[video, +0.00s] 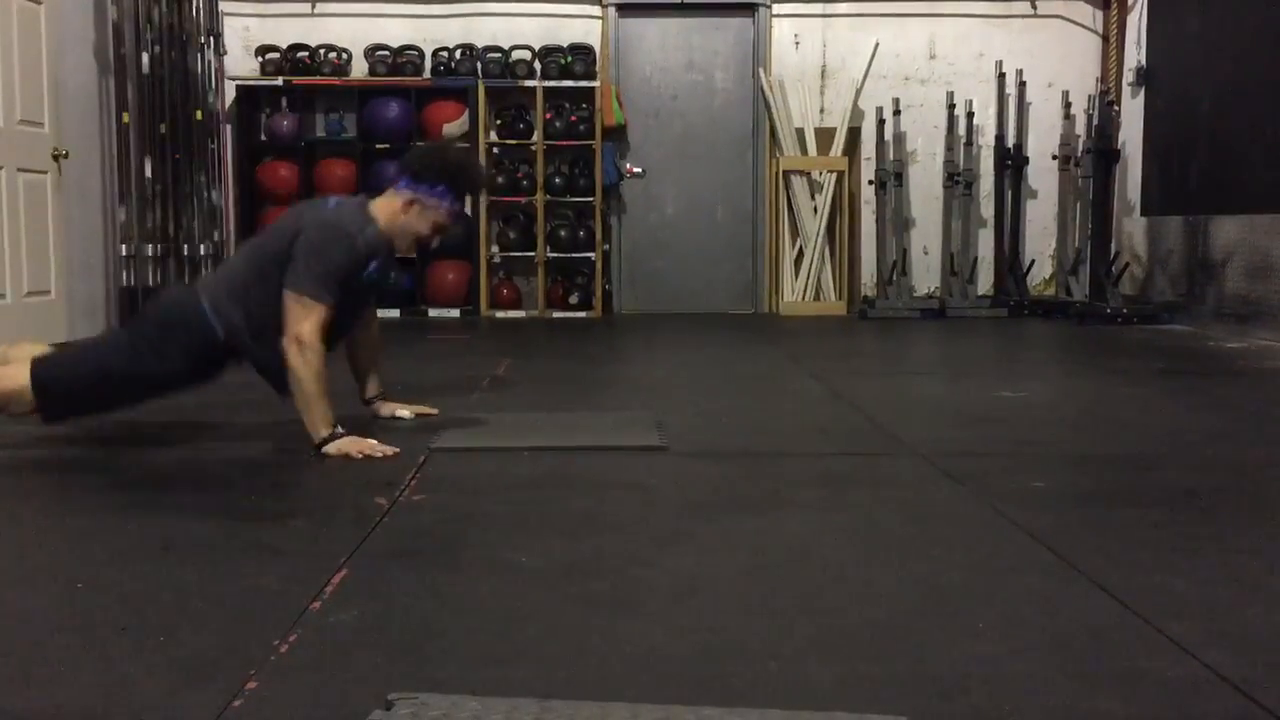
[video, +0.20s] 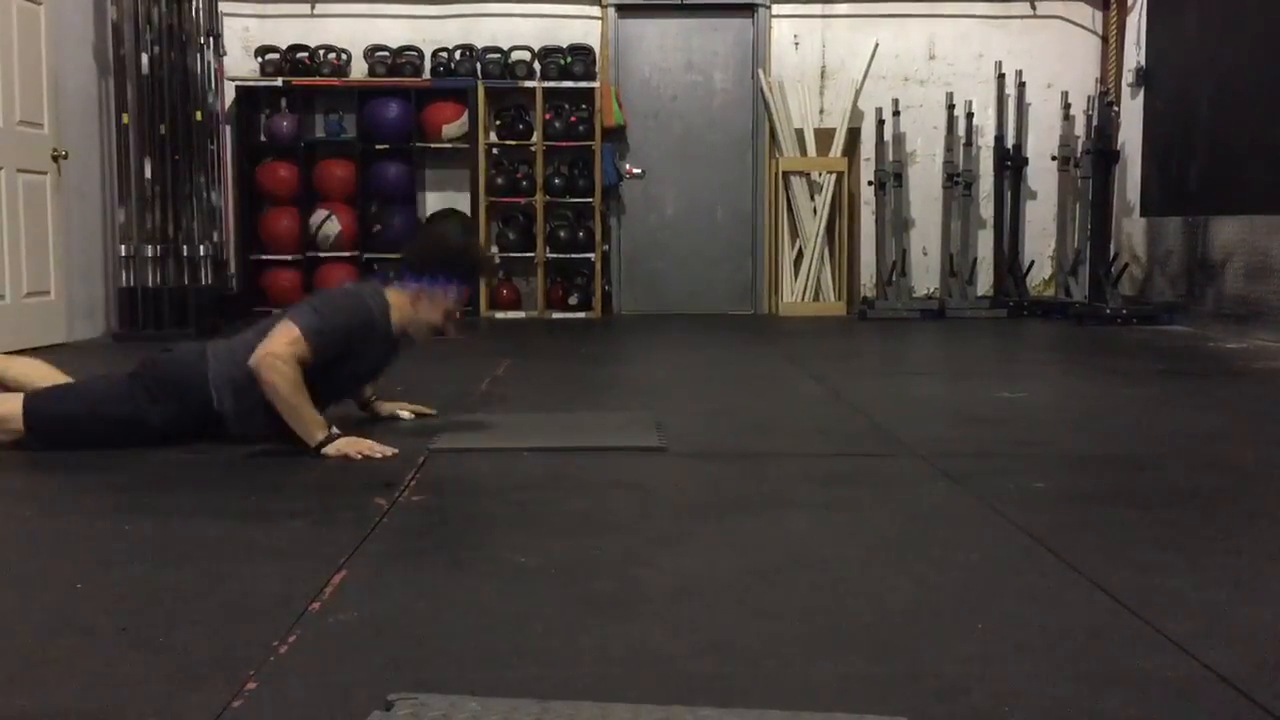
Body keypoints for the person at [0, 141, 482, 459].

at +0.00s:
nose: (437, 233)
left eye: (444, 224)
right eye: (437, 219)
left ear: (415, 201)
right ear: (408, 198)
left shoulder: (372, 242)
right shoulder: (337, 232)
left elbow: (361, 322)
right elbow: (300, 339)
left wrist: (374, 396)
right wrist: (328, 437)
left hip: (211, 328)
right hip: (194, 327)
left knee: (45, 377)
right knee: (33, 387)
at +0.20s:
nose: (457, 315)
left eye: (461, 304)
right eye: (456, 301)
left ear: (429, 288)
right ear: (427, 286)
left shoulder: (387, 325)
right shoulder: (356, 309)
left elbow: (334, 366)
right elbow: (270, 360)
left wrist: (371, 404)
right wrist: (326, 439)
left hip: (205, 393)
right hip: (187, 391)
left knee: (63, 395)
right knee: (20, 414)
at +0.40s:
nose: (474, 406)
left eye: (482, 398)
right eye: (478, 393)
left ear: (460, 370)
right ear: (459, 371)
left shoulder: (407, 373)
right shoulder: (394, 363)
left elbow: (320, 352)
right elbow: (293, 352)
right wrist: (326, 437)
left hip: (214, 391)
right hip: (202, 395)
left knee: (73, 396)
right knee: (24, 416)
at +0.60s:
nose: (473, 323)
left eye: (478, 312)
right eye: (472, 310)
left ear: (446, 294)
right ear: (443, 294)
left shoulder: (405, 322)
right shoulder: (383, 318)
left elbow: (329, 359)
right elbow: (287, 354)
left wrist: (377, 403)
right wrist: (326, 439)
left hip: (225, 386)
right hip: (208, 393)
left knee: (85, 394)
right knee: (31, 421)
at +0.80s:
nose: (435, 257)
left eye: (443, 249)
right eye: (439, 245)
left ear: (416, 220)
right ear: (416, 221)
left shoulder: (364, 251)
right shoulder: (336, 241)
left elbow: (363, 326)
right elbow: (305, 337)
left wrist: (373, 396)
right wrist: (326, 437)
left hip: (189, 330)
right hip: (175, 332)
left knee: (65, 368)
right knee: (33, 397)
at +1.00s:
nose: (409, 284)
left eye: (419, 281)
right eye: (418, 275)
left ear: (416, 237)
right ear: (413, 242)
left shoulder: (373, 228)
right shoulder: (339, 223)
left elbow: (365, 316)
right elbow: (314, 331)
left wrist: (375, 395)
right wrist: (326, 436)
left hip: (200, 207)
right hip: (163, 169)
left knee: (160, 302)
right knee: (51, 290)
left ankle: (56, 329)